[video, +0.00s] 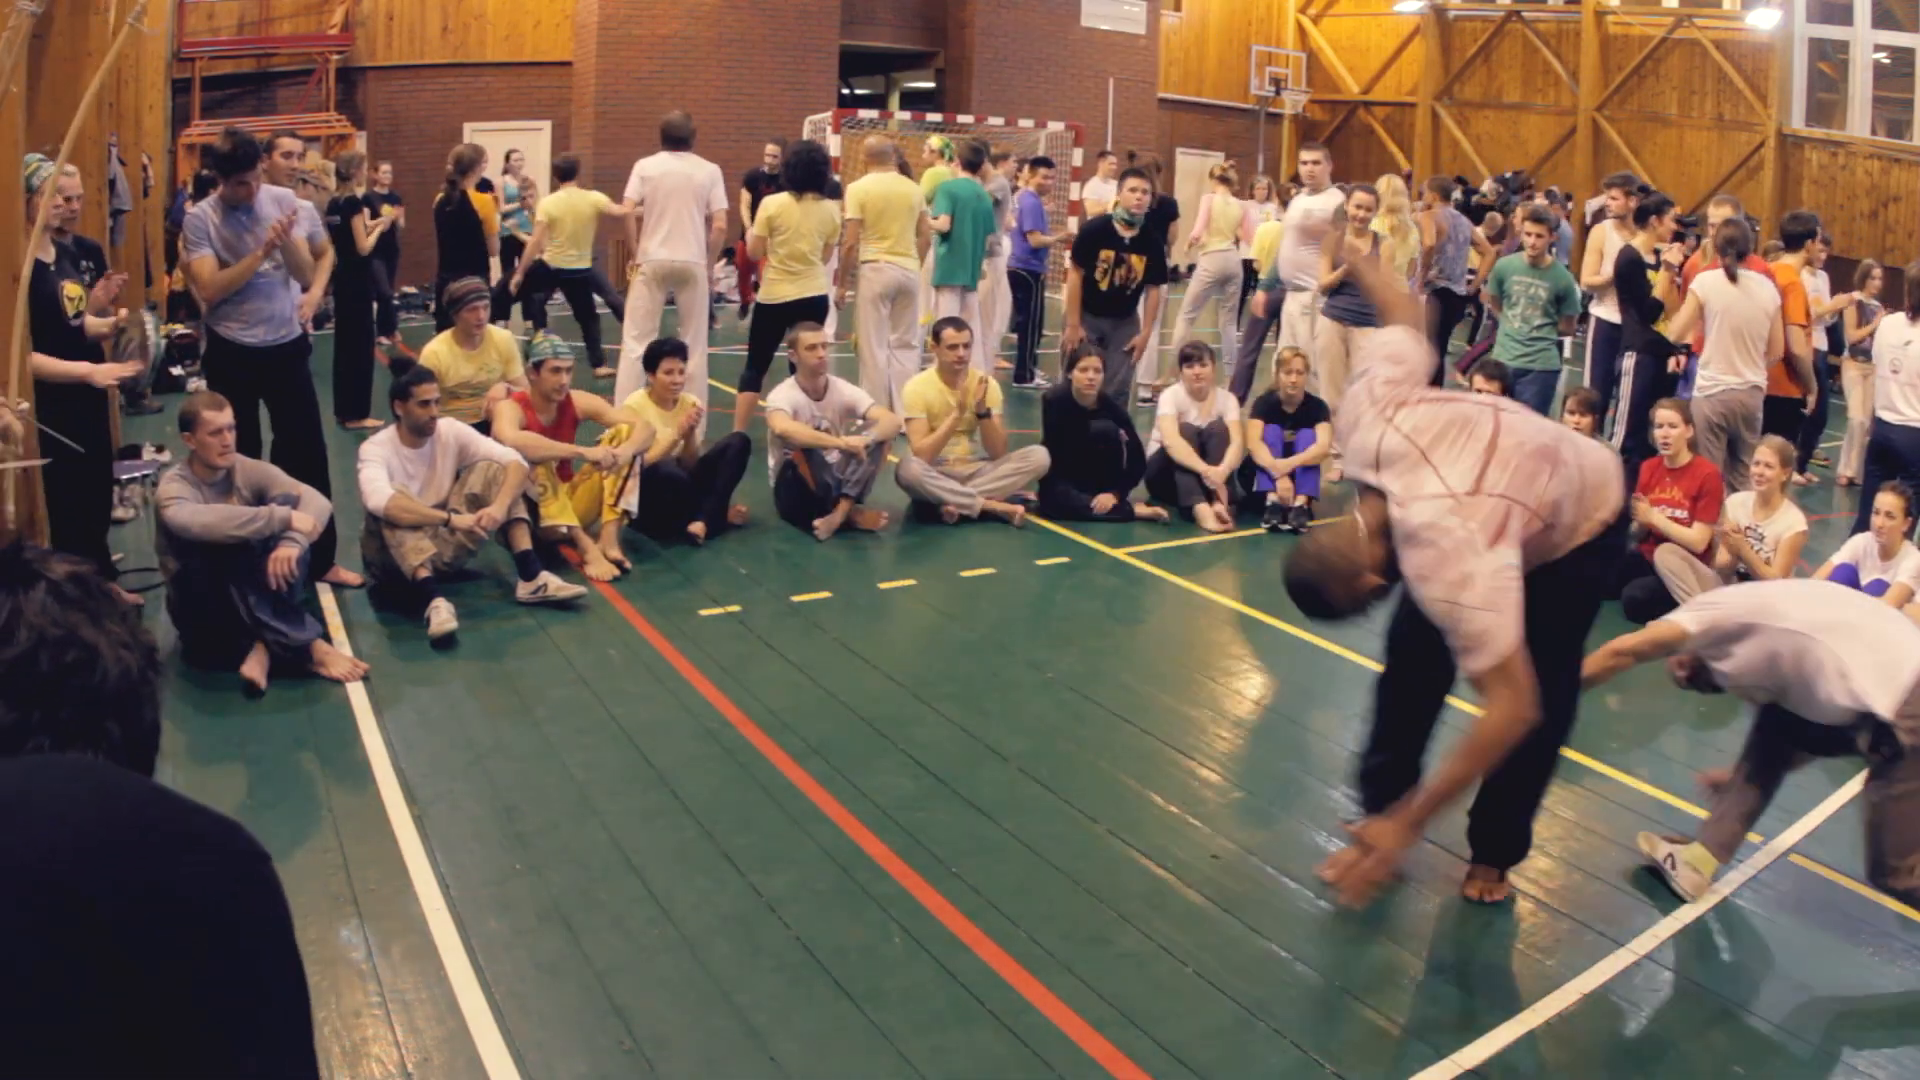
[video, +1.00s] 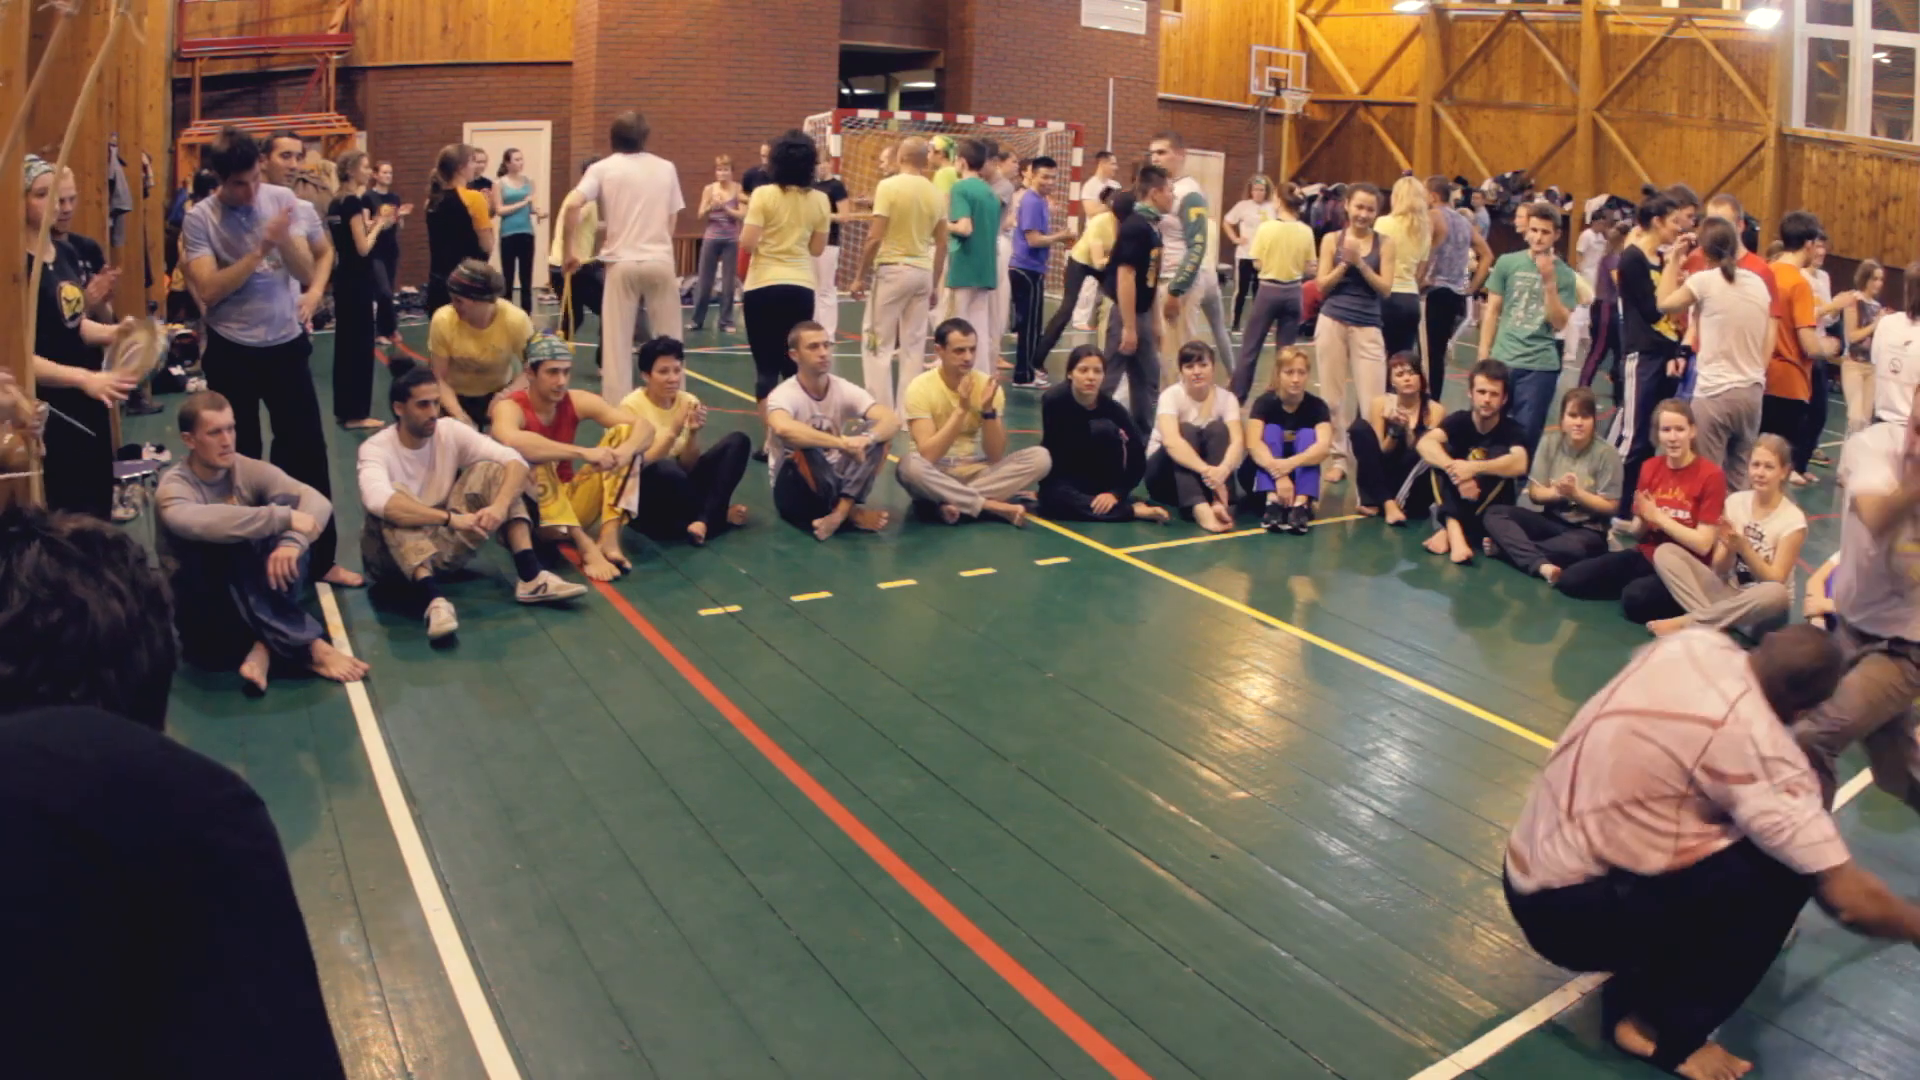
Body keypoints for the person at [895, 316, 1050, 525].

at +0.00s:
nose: (961, 354)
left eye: (966, 347)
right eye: (952, 348)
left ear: (972, 346)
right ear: (934, 348)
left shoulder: (986, 384)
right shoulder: (917, 388)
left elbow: (997, 453)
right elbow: (922, 455)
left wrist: (982, 410)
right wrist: (957, 414)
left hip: (978, 468)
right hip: (937, 472)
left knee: (1040, 456)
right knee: (907, 470)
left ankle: (962, 505)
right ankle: (989, 506)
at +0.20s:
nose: (962, 355)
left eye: (967, 347)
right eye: (953, 348)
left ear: (972, 347)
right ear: (935, 349)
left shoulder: (985, 384)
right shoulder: (917, 388)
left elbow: (998, 453)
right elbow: (922, 455)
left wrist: (982, 412)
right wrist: (955, 420)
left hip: (980, 468)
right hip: (939, 472)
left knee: (1040, 455)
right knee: (907, 469)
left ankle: (961, 505)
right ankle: (989, 506)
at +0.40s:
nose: (963, 356)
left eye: (967, 348)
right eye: (954, 349)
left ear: (972, 347)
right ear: (936, 349)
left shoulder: (985, 384)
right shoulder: (916, 388)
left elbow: (996, 452)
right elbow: (921, 455)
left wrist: (983, 410)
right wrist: (956, 419)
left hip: (977, 468)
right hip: (936, 471)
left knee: (1040, 455)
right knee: (907, 468)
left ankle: (960, 506)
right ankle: (988, 506)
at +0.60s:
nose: (964, 356)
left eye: (969, 348)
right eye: (956, 350)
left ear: (973, 347)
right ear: (937, 350)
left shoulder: (986, 384)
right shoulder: (917, 388)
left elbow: (996, 453)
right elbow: (922, 455)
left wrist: (985, 411)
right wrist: (956, 416)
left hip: (978, 469)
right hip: (937, 472)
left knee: (1040, 455)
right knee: (907, 468)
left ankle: (960, 505)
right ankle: (989, 506)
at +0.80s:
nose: (965, 356)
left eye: (969, 348)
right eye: (956, 350)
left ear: (974, 347)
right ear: (937, 350)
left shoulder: (987, 385)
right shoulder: (917, 388)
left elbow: (994, 453)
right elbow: (925, 454)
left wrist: (984, 412)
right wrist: (968, 415)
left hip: (978, 468)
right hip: (938, 471)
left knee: (1040, 455)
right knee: (908, 466)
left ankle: (960, 505)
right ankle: (989, 506)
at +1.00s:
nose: (968, 358)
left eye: (972, 350)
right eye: (959, 351)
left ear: (977, 349)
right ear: (939, 350)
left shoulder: (988, 385)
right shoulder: (920, 388)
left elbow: (995, 455)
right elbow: (928, 455)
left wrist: (988, 410)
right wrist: (961, 409)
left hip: (980, 469)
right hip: (938, 471)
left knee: (1041, 457)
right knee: (909, 466)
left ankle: (961, 505)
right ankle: (989, 506)